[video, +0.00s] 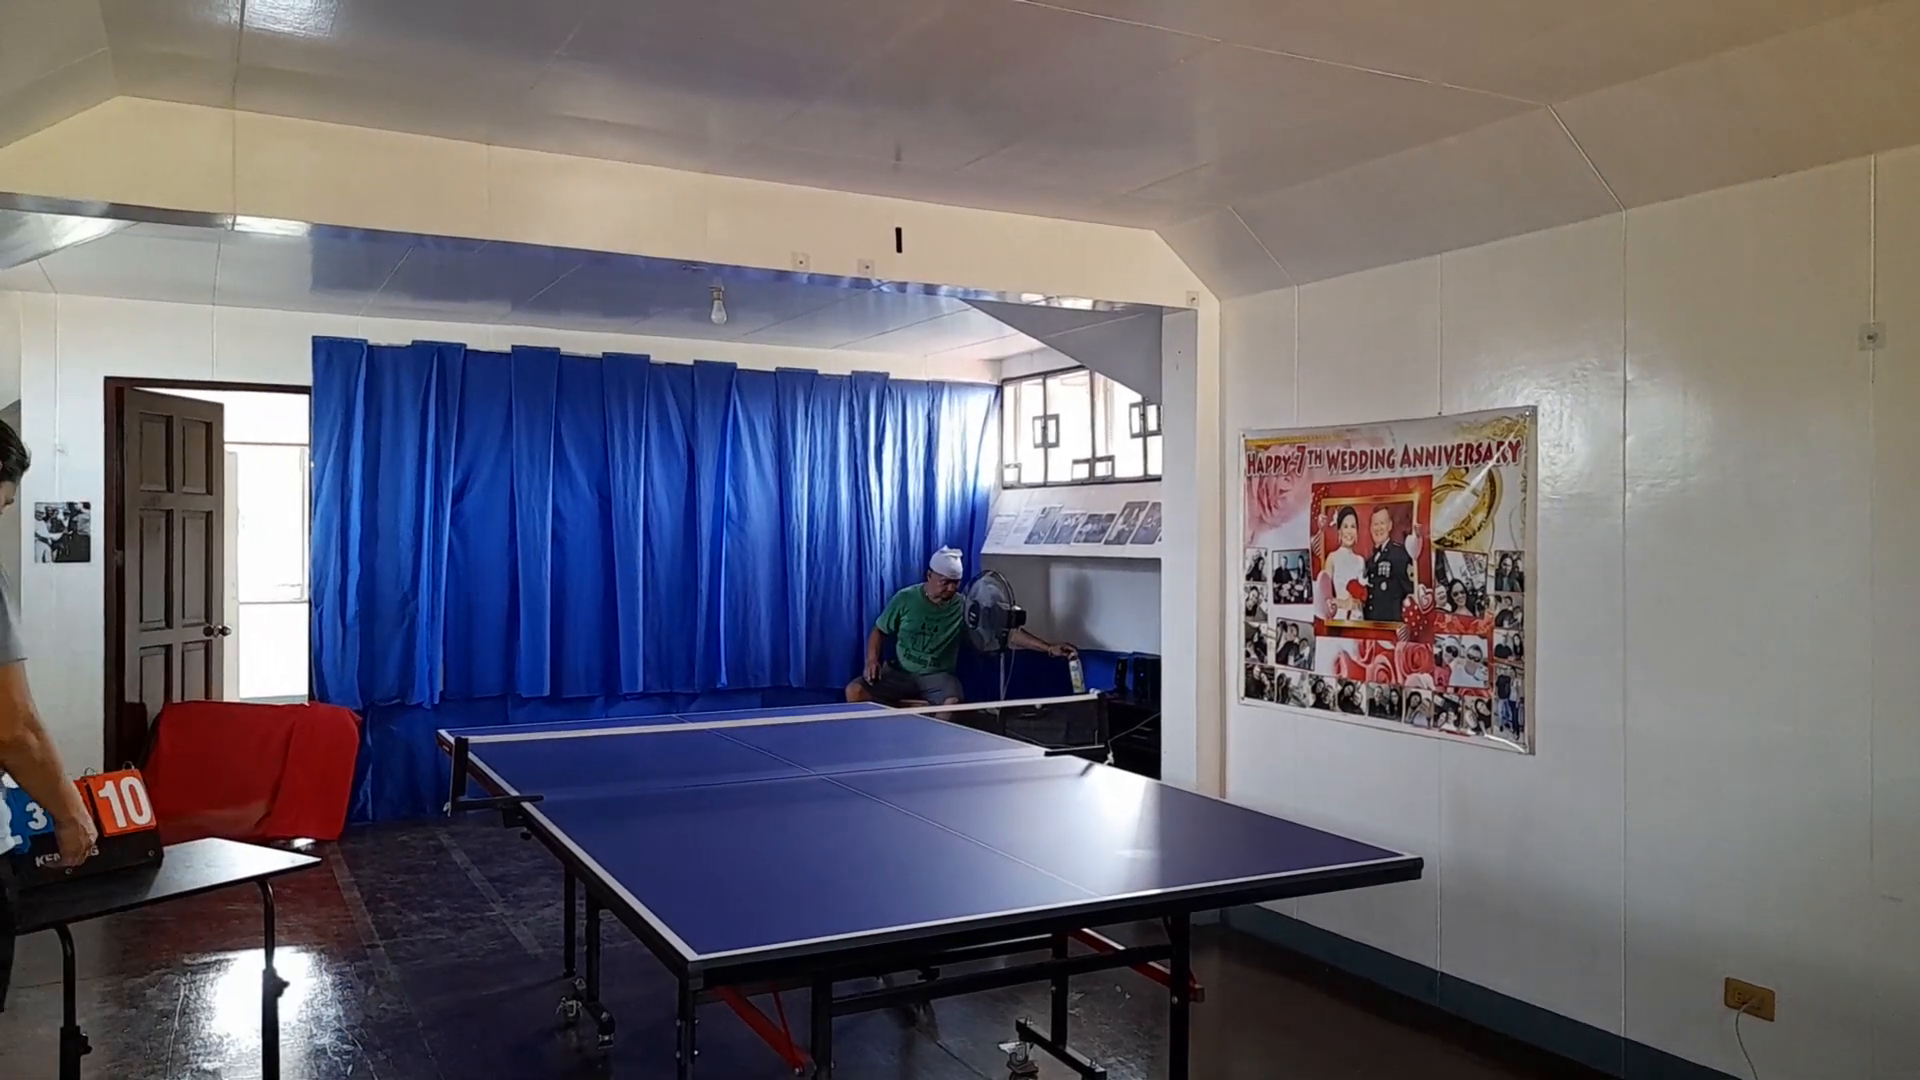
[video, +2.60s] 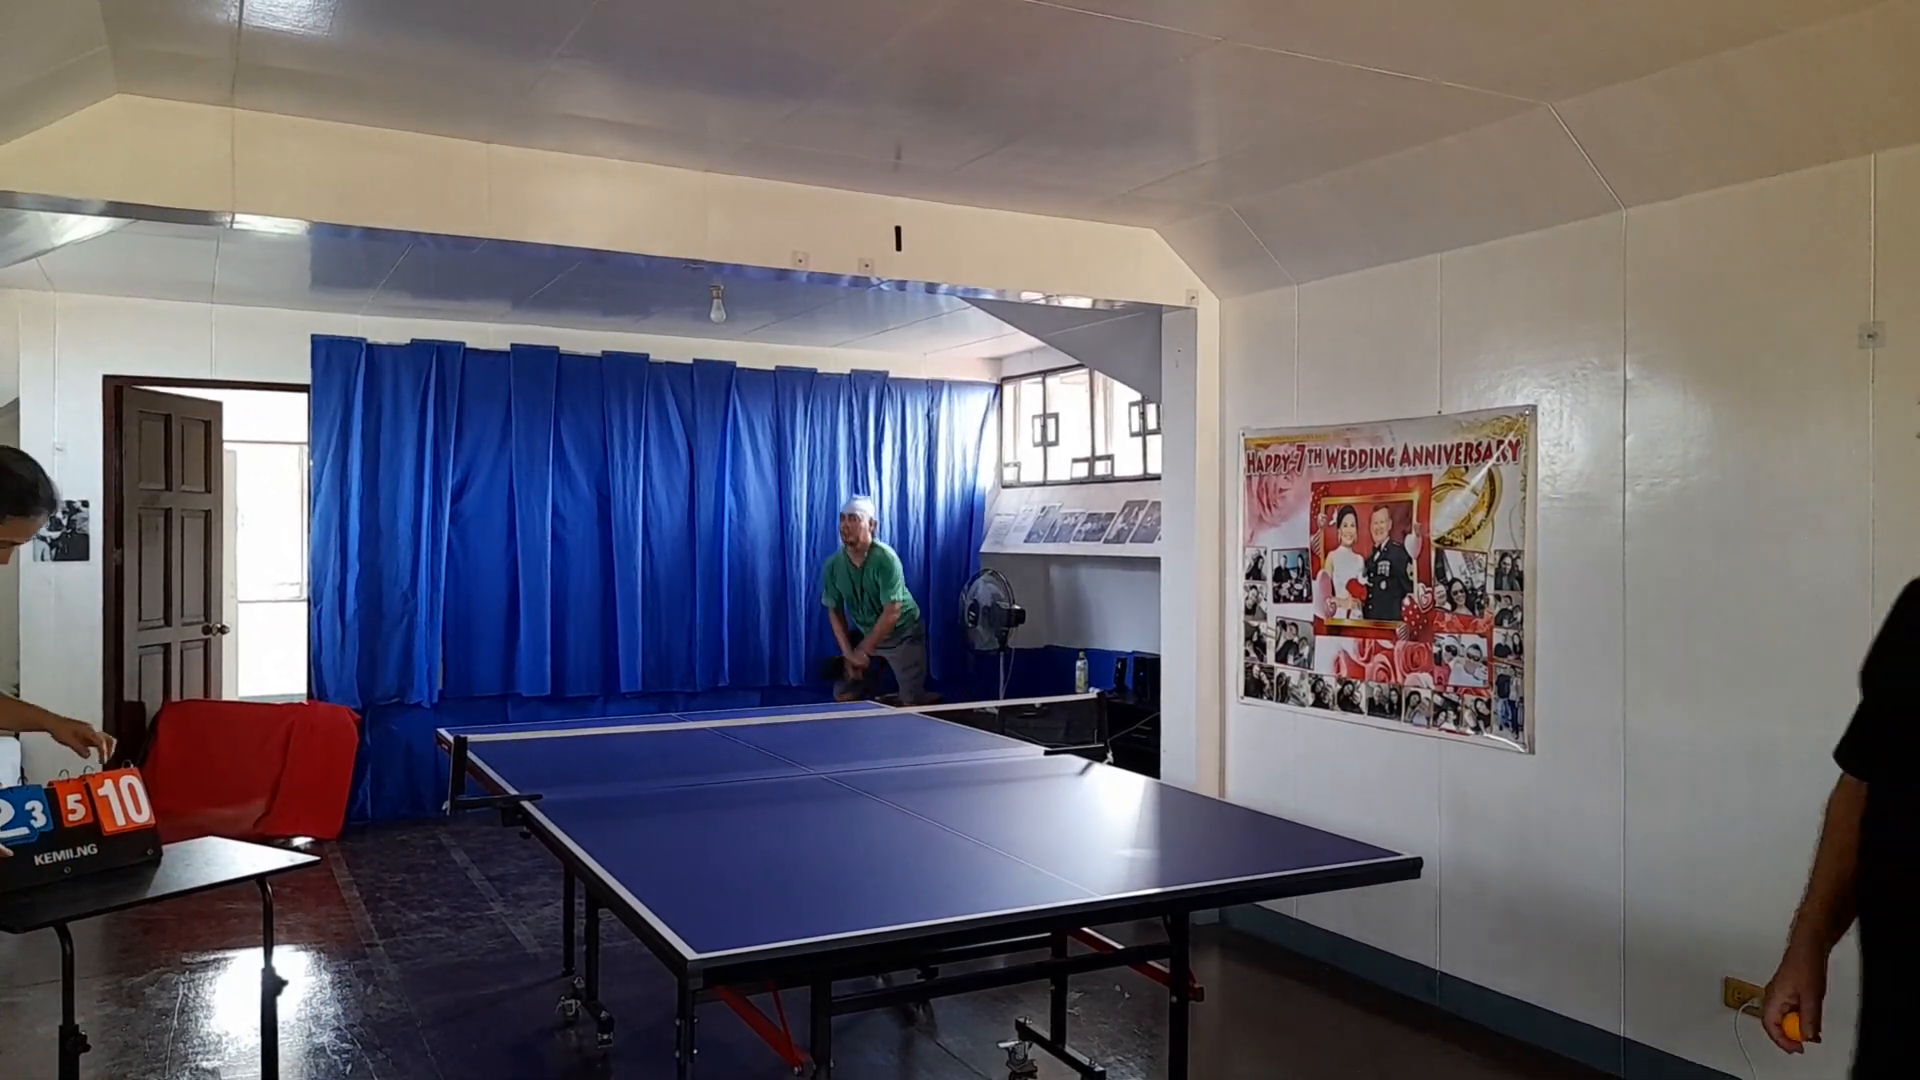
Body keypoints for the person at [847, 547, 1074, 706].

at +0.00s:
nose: (951, 588)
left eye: (955, 583)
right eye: (945, 582)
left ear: (960, 582)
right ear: (929, 577)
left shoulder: (963, 607)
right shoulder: (905, 598)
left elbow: (1005, 631)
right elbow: (878, 631)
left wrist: (1048, 648)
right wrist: (872, 660)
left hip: (938, 678)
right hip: (900, 672)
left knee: (953, 706)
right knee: (854, 690)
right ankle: (876, 745)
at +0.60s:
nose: (942, 592)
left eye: (948, 587)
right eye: (937, 586)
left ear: (954, 583)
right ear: (922, 577)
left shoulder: (960, 607)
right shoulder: (901, 600)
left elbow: (984, 644)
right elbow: (879, 632)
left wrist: (1009, 660)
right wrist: (871, 656)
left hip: (937, 677)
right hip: (899, 673)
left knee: (952, 704)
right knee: (854, 691)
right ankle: (869, 747)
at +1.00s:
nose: (928, 586)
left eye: (932, 580)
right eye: (922, 580)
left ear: (937, 577)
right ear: (906, 573)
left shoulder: (947, 600)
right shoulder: (887, 602)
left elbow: (963, 635)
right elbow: (866, 642)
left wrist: (976, 662)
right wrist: (868, 660)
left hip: (935, 674)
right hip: (896, 673)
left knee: (949, 700)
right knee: (852, 690)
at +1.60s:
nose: (891, 588)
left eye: (894, 581)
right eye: (884, 585)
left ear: (901, 573)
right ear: (873, 584)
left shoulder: (923, 598)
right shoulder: (864, 612)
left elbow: (948, 639)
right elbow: (857, 655)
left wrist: (964, 681)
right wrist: (871, 676)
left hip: (927, 670)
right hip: (887, 673)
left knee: (940, 698)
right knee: (848, 690)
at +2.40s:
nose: (855, 579)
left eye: (860, 571)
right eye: (849, 573)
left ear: (876, 570)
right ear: (844, 576)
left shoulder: (898, 597)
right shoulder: (843, 606)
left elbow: (918, 645)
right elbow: (847, 649)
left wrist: (935, 694)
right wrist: (860, 684)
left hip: (908, 660)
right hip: (873, 663)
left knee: (928, 702)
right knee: (842, 694)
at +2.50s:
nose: (850, 552)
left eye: (858, 545)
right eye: (847, 545)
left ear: (875, 548)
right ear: (843, 548)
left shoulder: (891, 581)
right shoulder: (840, 586)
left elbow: (897, 638)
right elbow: (845, 635)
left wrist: (900, 686)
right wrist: (857, 680)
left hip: (912, 646)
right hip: (874, 649)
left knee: (909, 703)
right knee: (843, 695)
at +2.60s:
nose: (845, 525)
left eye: (853, 518)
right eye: (842, 519)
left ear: (871, 525)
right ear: (839, 524)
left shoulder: (886, 559)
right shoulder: (833, 565)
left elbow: (893, 611)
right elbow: (835, 611)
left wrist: (863, 650)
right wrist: (849, 653)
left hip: (902, 634)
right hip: (865, 636)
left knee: (912, 700)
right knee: (844, 695)